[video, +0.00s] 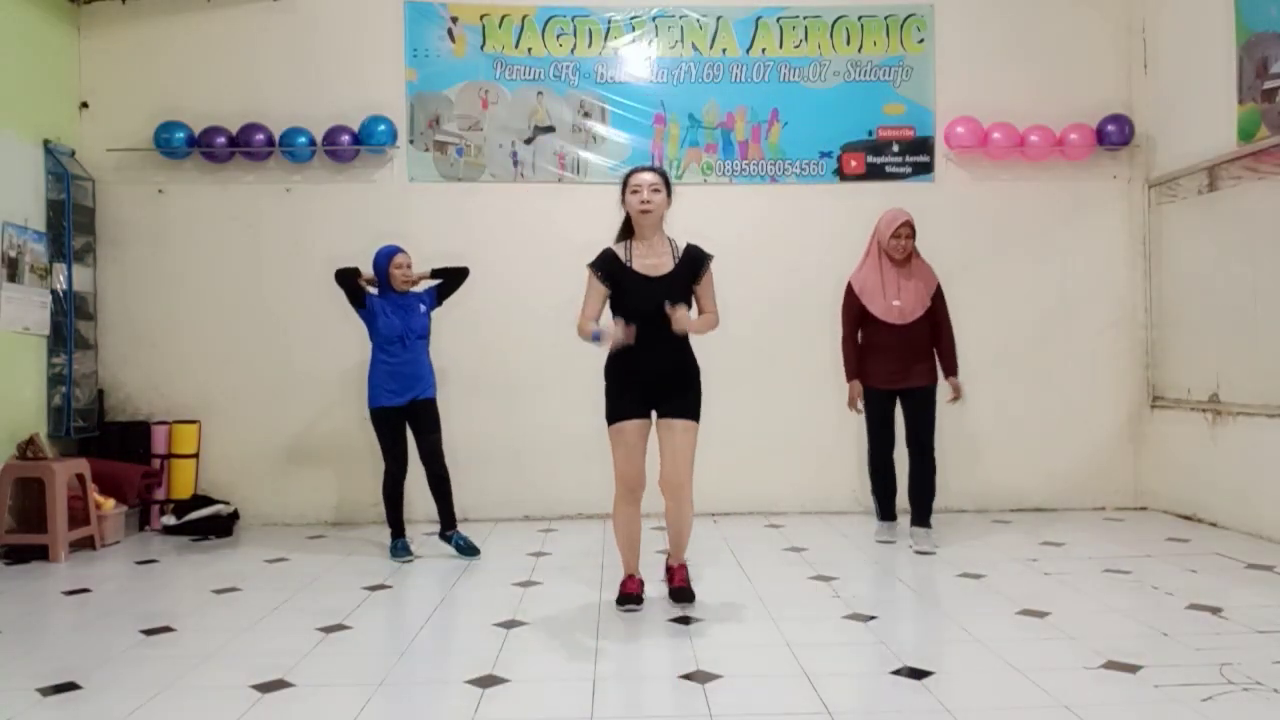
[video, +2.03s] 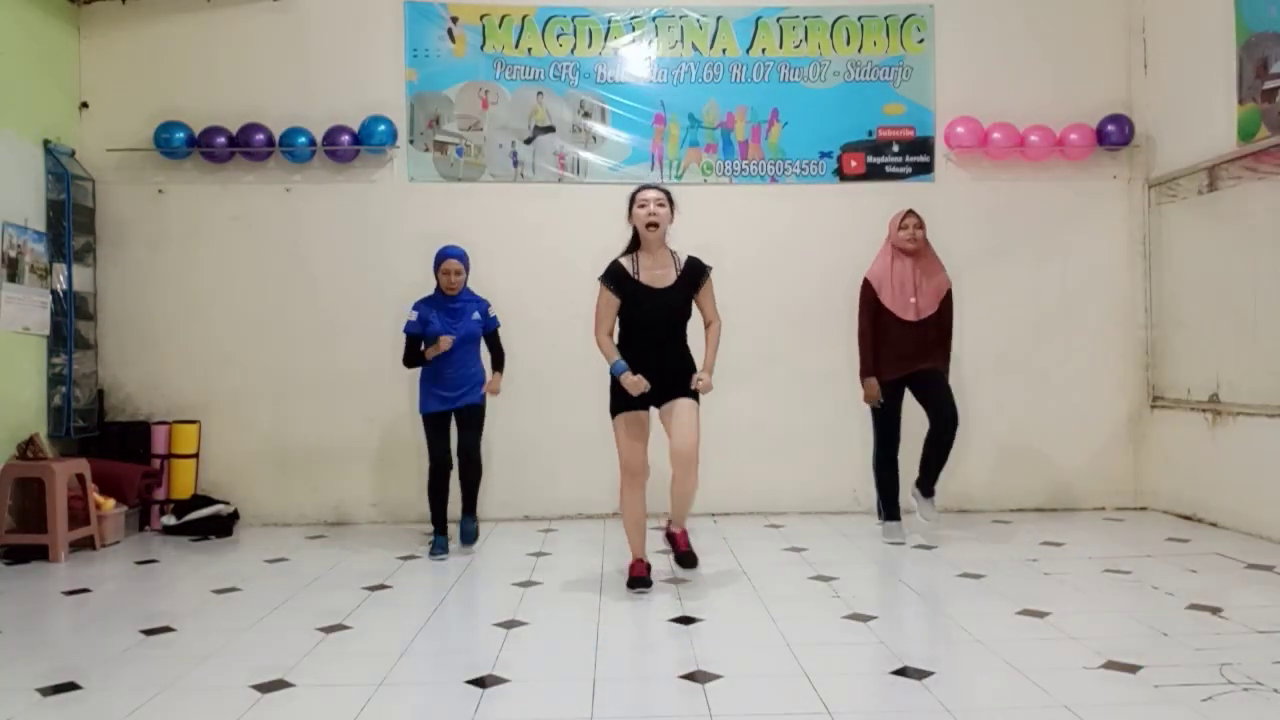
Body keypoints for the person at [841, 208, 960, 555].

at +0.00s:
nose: (903, 243)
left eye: (908, 236)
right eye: (896, 237)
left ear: (914, 239)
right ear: (881, 240)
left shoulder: (925, 277)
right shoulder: (862, 280)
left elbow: (942, 327)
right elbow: (849, 332)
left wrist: (951, 373)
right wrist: (853, 379)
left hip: (920, 378)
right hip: (876, 380)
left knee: (921, 450)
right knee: (881, 450)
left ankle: (921, 524)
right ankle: (886, 519)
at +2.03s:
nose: (912, 232)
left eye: (917, 227)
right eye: (905, 228)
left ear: (925, 234)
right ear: (893, 236)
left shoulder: (936, 274)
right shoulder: (879, 275)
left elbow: (945, 325)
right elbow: (866, 329)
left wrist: (942, 369)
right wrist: (868, 376)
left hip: (924, 366)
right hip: (886, 370)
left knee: (946, 420)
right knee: (887, 444)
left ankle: (924, 488)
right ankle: (890, 517)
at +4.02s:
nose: (901, 228)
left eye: (905, 224)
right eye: (893, 224)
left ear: (912, 232)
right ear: (881, 233)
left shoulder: (919, 267)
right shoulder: (868, 269)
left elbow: (928, 281)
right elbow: (881, 271)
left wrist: (946, 271)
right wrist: (918, 261)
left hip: (920, 364)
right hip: (879, 366)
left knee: (931, 438)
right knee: (879, 440)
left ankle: (920, 514)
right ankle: (874, 515)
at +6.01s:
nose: (899, 220)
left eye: (903, 215)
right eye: (892, 216)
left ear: (910, 221)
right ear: (879, 224)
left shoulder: (926, 261)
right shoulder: (867, 260)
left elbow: (940, 310)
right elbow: (838, 299)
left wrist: (933, 351)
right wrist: (836, 273)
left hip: (915, 358)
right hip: (873, 356)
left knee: (915, 437)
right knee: (873, 432)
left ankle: (910, 512)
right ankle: (874, 509)